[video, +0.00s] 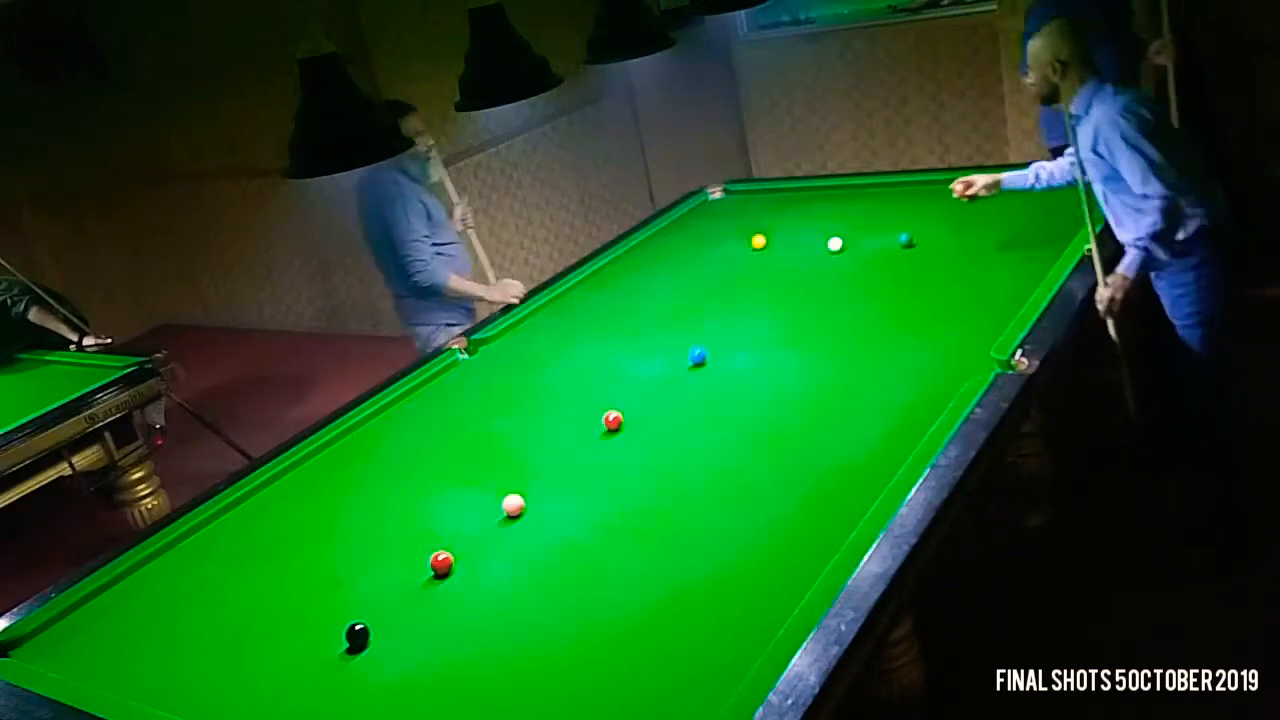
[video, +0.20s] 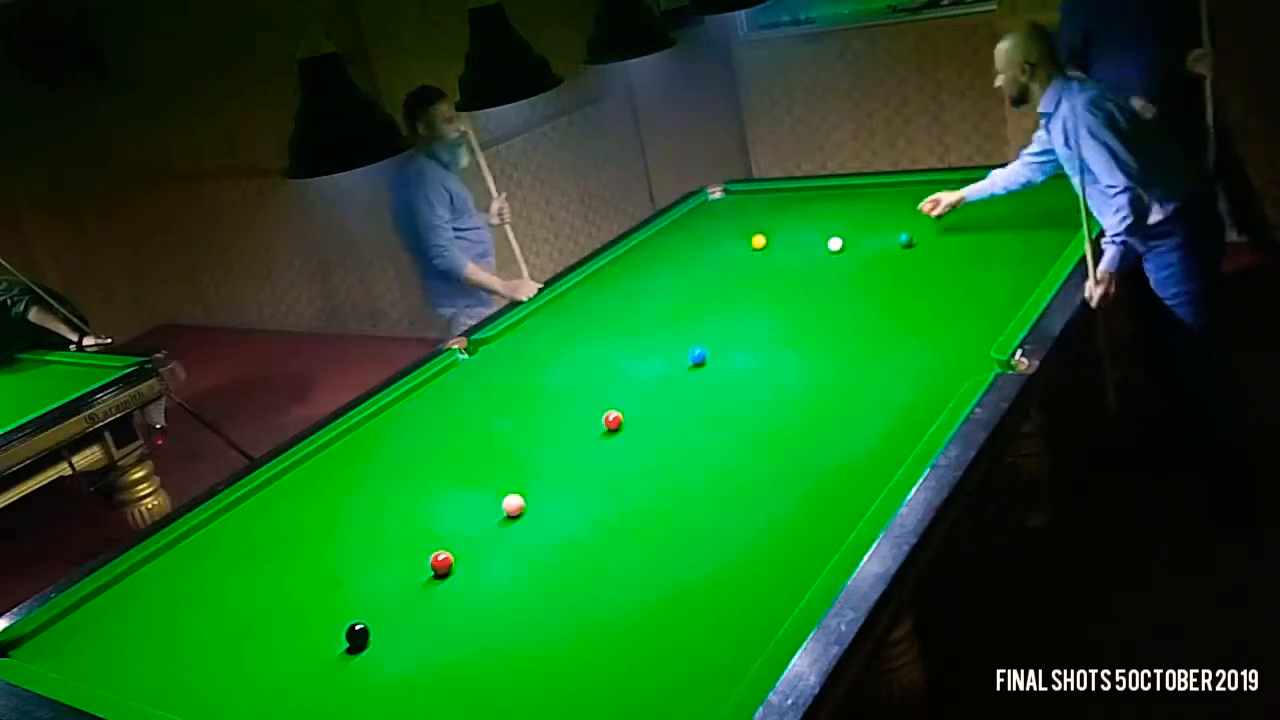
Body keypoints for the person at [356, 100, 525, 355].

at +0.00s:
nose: (427, 142)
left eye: (425, 132)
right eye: (415, 138)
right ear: (392, 146)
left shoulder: (401, 180)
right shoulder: (393, 188)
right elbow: (420, 272)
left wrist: (451, 226)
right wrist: (489, 292)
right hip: (439, 324)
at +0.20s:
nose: (458, 126)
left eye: (456, 117)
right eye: (447, 121)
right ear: (423, 129)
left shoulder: (435, 168)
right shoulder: (424, 176)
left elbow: (450, 223)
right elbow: (441, 255)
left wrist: (486, 218)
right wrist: (503, 286)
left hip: (477, 299)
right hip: (464, 307)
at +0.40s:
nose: (484, 119)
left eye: (483, 111)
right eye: (473, 113)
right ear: (446, 117)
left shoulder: (454, 153)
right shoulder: (438, 161)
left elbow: (469, 209)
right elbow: (455, 242)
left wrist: (508, 210)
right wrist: (508, 286)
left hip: (485, 280)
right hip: (471, 288)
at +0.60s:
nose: (495, 116)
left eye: (494, 108)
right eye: (484, 110)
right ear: (458, 114)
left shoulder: (467, 148)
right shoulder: (449, 159)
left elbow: (482, 207)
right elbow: (462, 238)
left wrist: (523, 207)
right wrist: (507, 286)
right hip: (477, 286)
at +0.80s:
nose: (506, 115)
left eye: (505, 107)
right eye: (495, 109)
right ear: (470, 113)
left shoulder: (480, 148)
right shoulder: (459, 159)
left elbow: (493, 204)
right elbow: (466, 236)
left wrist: (533, 205)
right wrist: (509, 286)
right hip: (489, 279)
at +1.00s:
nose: (518, 112)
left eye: (517, 103)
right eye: (507, 106)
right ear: (482, 112)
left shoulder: (495, 145)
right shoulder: (472, 158)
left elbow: (509, 198)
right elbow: (472, 234)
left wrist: (545, 202)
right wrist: (510, 287)